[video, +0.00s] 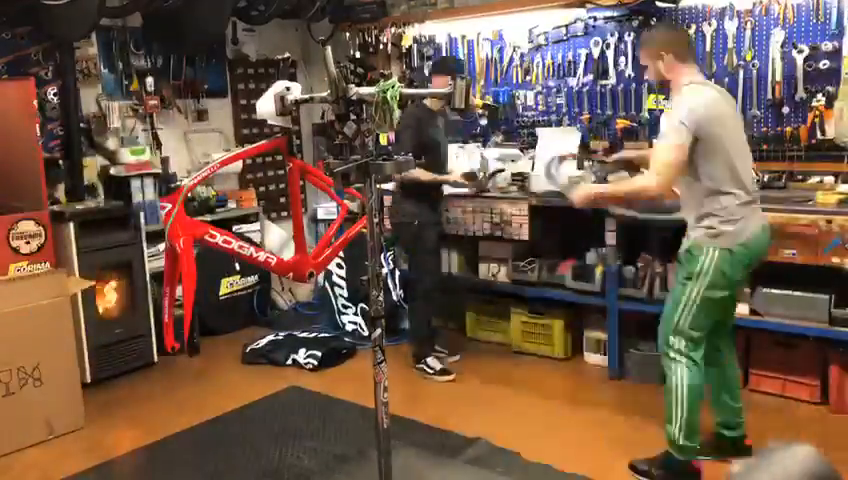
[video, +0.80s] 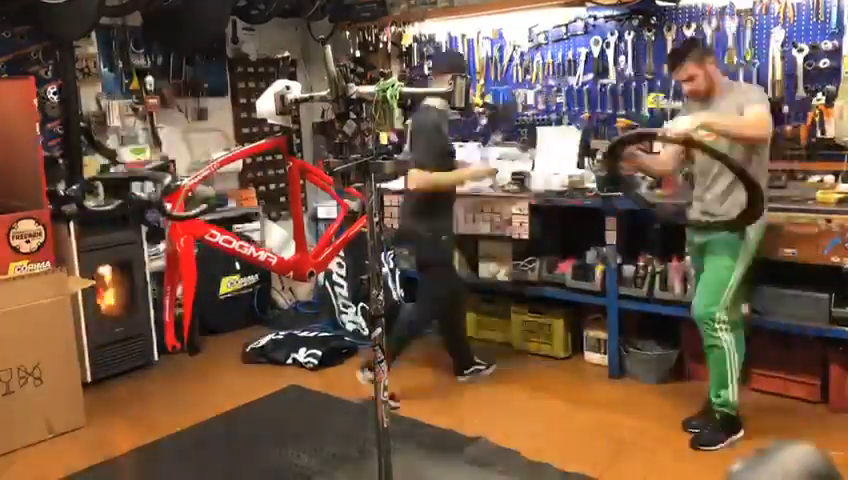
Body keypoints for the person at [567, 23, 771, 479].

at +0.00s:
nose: (648, 75)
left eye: (648, 65)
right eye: (646, 66)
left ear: (666, 59)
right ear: (683, 55)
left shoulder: (684, 107)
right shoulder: (716, 97)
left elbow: (660, 183)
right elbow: (696, 164)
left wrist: (598, 193)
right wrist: (639, 157)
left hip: (718, 238)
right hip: (748, 231)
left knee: (678, 339)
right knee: (715, 335)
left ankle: (681, 455)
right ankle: (732, 435)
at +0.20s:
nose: (670, 57)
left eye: (676, 48)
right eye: (671, 48)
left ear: (697, 50)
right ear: (703, 51)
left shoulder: (707, 103)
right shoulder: (711, 99)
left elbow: (647, 165)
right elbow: (675, 155)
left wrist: (604, 147)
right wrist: (632, 143)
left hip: (684, 229)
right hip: (687, 225)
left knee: (695, 334)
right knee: (694, 328)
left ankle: (700, 436)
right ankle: (696, 417)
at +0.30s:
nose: (673, 56)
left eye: (673, 50)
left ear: (678, 54)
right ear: (716, 54)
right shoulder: (737, 98)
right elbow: (782, 122)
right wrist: (769, 82)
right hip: (725, 216)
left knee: (677, 318)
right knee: (728, 314)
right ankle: (728, 411)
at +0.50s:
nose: (710, 57)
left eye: (714, 48)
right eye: (711, 48)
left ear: (731, 49)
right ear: (755, 50)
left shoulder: (733, 105)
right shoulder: (774, 104)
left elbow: (679, 171)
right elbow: (722, 164)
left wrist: (644, 157)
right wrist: (670, 155)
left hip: (723, 231)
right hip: (741, 225)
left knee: (732, 337)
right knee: (676, 301)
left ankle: (737, 433)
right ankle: (689, 401)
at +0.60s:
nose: (707, 63)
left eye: (708, 55)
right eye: (707, 55)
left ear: (724, 52)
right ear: (745, 51)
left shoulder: (728, 107)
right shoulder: (772, 102)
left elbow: (681, 177)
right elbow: (729, 164)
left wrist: (639, 163)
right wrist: (670, 152)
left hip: (720, 230)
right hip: (744, 223)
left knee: (728, 336)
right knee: (676, 301)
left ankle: (736, 432)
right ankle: (695, 399)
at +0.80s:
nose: (687, 88)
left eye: (692, 78)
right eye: (681, 82)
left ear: (710, 66)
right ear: (678, 80)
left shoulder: (748, 95)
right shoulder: (685, 112)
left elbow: (761, 130)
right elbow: (667, 164)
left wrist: (707, 123)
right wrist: (634, 157)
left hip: (738, 224)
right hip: (700, 224)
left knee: (709, 311)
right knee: (714, 314)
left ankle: (727, 413)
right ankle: (717, 402)